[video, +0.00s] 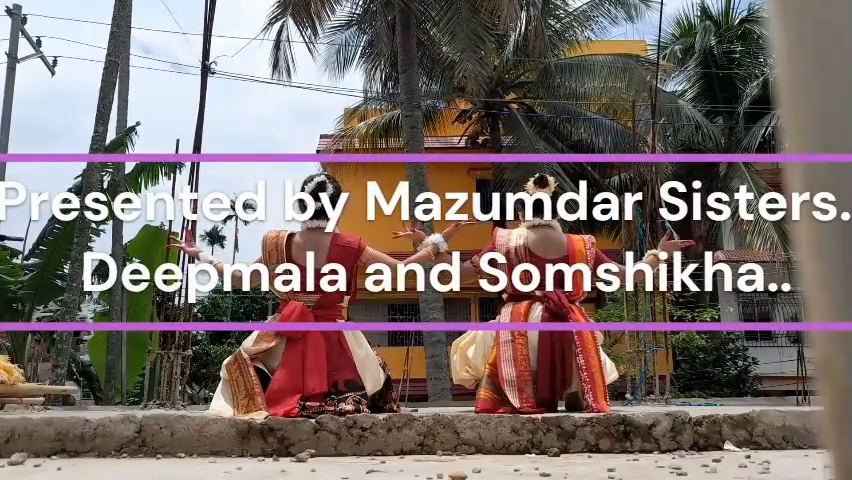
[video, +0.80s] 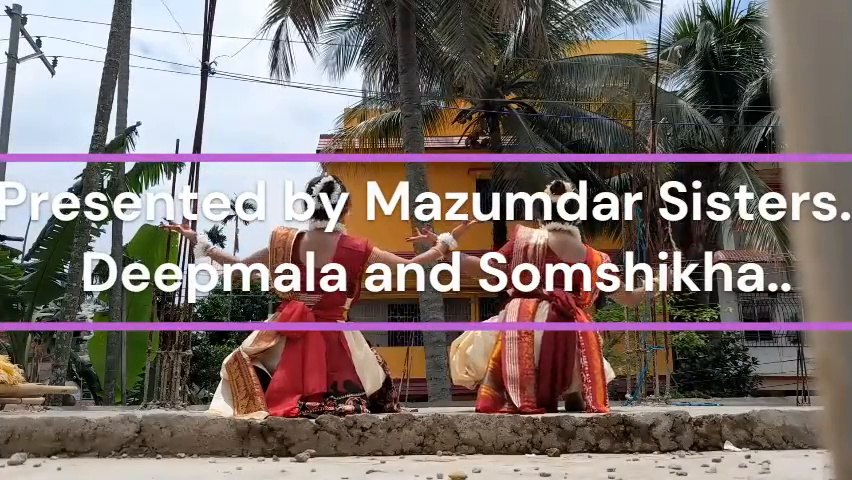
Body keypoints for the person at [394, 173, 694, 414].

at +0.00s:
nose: (531, 206)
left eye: (530, 202)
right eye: (534, 202)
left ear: (523, 206)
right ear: (555, 206)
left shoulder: (504, 243)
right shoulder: (578, 244)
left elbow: (472, 266)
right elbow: (617, 274)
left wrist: (438, 249)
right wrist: (657, 256)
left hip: (515, 328)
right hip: (569, 328)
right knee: (573, 319)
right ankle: (585, 398)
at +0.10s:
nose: (531, 206)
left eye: (530, 202)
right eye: (532, 202)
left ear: (523, 206)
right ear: (556, 206)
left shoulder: (504, 244)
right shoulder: (578, 246)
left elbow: (470, 264)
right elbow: (621, 272)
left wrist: (436, 249)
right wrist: (657, 254)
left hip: (515, 325)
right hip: (568, 328)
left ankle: (515, 404)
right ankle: (578, 398)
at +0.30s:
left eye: (526, 202)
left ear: (523, 207)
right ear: (559, 208)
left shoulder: (504, 240)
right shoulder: (582, 246)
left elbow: (471, 267)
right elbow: (627, 269)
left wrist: (439, 253)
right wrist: (655, 241)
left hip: (513, 333)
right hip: (568, 333)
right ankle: (579, 397)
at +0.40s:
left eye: (531, 202)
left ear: (526, 207)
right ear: (561, 209)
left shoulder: (508, 240)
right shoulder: (583, 246)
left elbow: (477, 270)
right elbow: (628, 271)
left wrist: (440, 254)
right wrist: (653, 242)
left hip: (514, 328)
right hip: (567, 329)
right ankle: (575, 395)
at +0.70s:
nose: (550, 218)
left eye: (546, 212)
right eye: (553, 212)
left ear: (533, 214)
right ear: (572, 214)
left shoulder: (518, 245)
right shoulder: (591, 256)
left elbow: (480, 269)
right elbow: (630, 297)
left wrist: (439, 250)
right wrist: (647, 275)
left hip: (514, 333)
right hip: (568, 336)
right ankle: (575, 397)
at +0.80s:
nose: (555, 215)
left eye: (557, 209)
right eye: (554, 209)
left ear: (540, 211)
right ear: (575, 214)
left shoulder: (522, 240)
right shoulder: (592, 257)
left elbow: (489, 267)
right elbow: (626, 297)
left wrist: (448, 254)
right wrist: (650, 288)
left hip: (517, 331)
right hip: (570, 336)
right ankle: (573, 395)